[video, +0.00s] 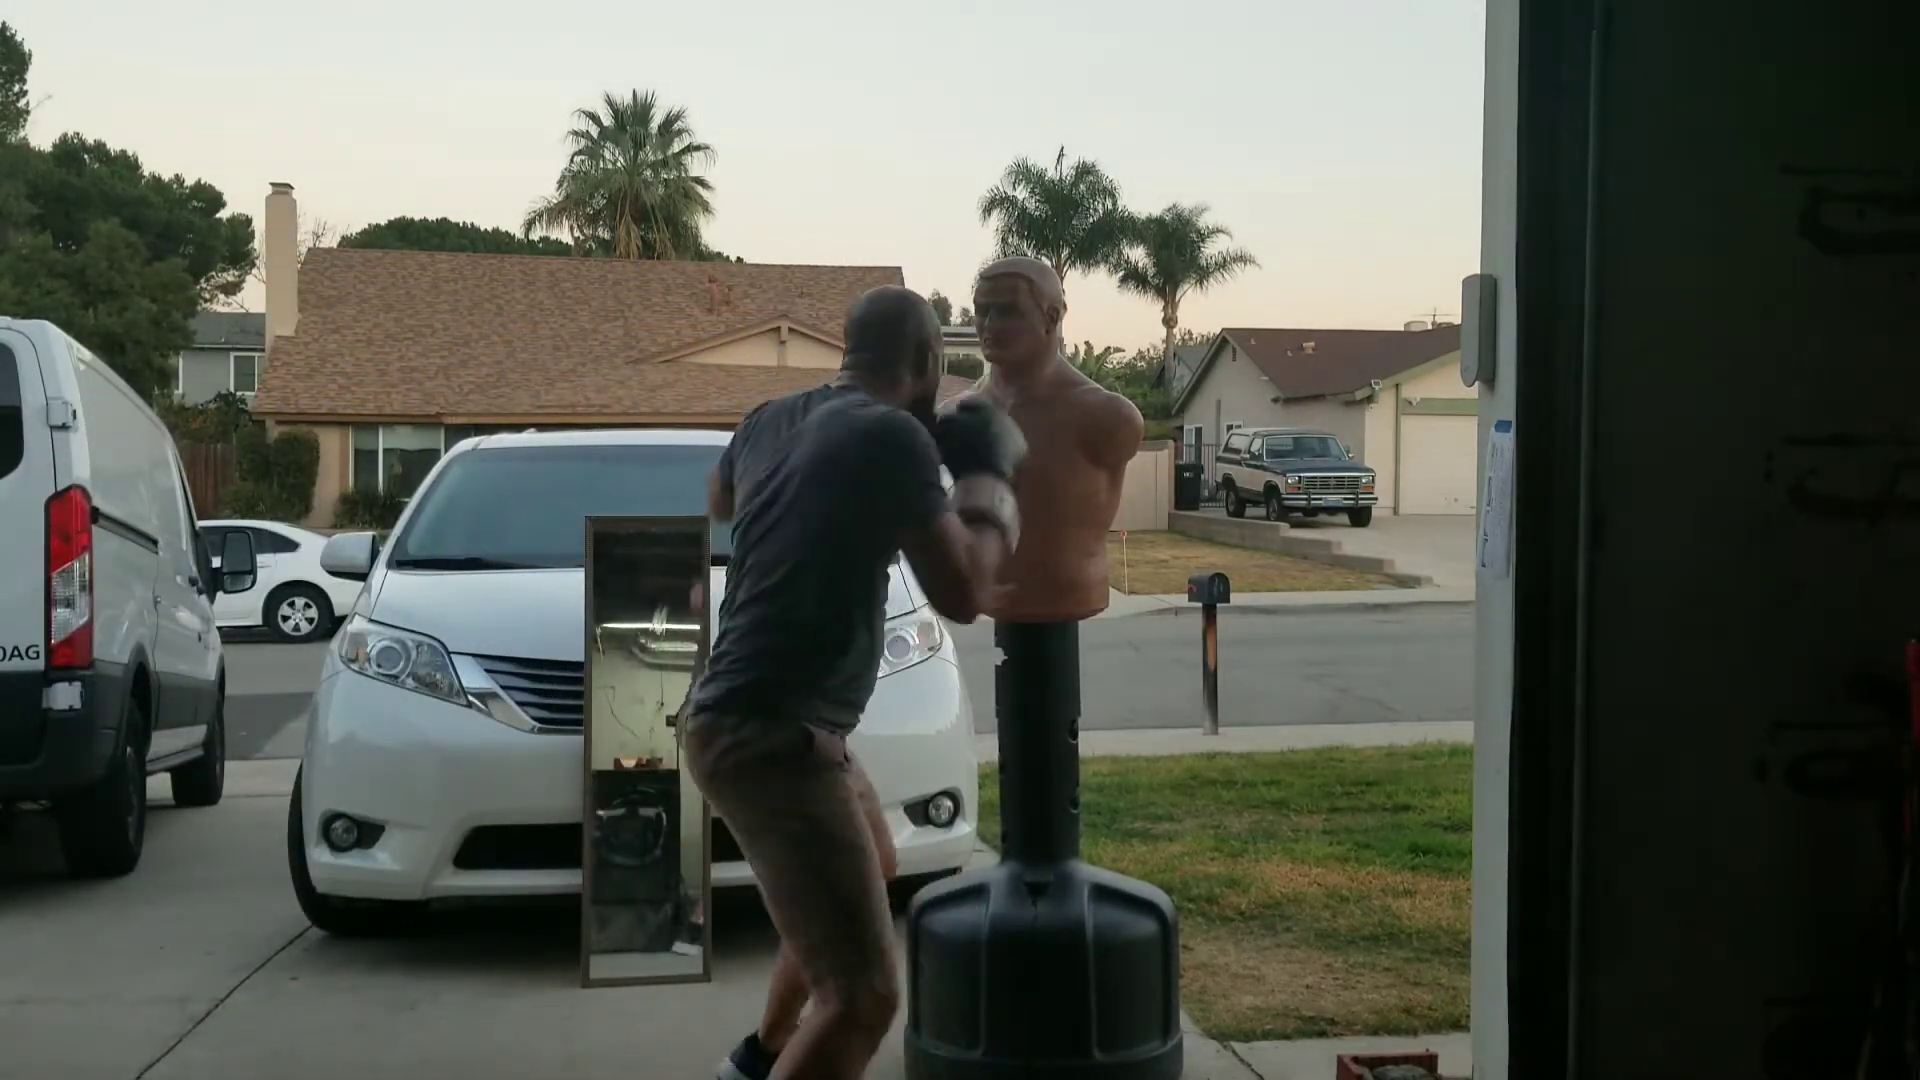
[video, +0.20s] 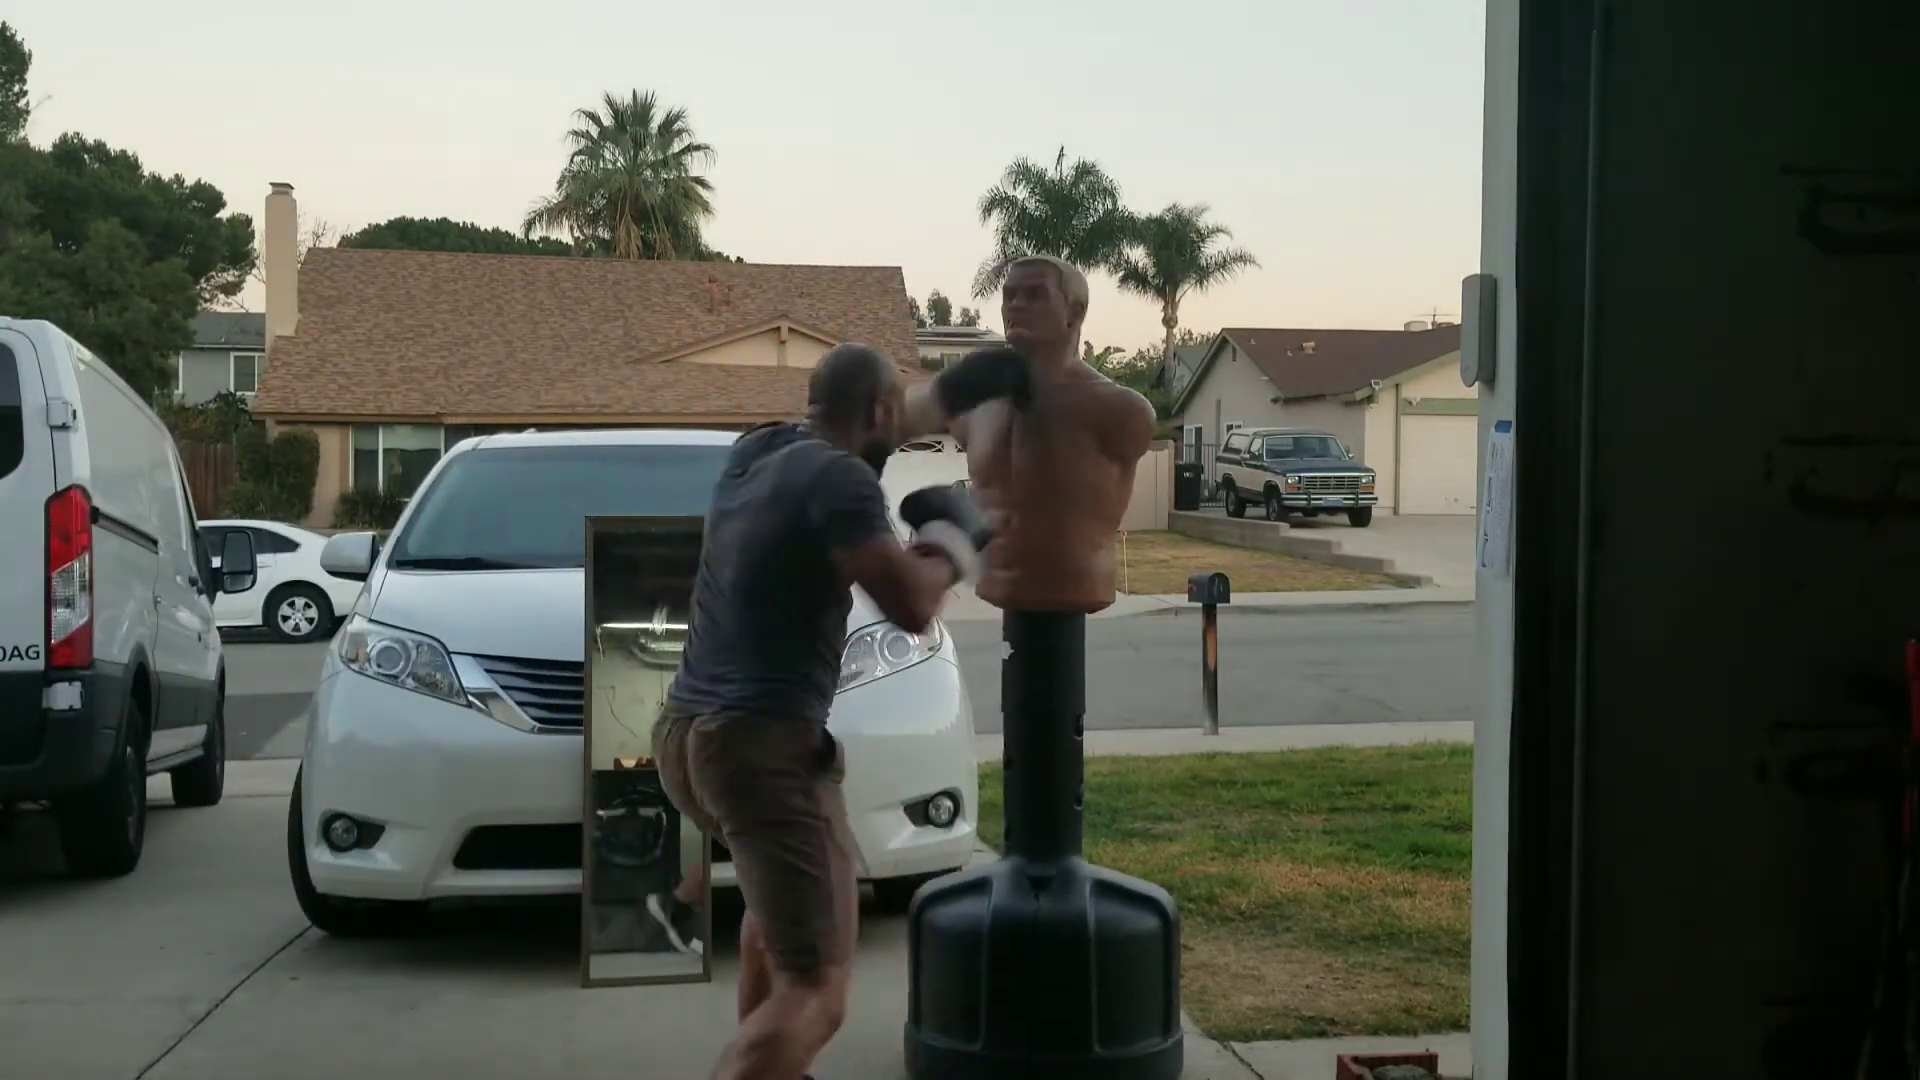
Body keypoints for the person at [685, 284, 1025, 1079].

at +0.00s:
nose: (938, 383)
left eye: (936, 369)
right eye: (937, 368)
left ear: (848, 356)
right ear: (920, 365)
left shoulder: (771, 419)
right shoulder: (892, 436)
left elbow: (722, 501)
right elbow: (963, 593)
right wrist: (990, 473)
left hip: (744, 715)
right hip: (772, 732)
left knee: (870, 853)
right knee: (863, 995)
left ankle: (768, 1053)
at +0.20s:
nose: (897, 423)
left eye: (898, 411)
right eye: (896, 411)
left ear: (812, 403)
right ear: (878, 412)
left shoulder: (752, 452)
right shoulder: (838, 478)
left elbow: (883, 426)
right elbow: (914, 603)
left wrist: (945, 395)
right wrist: (952, 532)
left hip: (688, 734)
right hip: (762, 743)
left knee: (776, 896)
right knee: (817, 996)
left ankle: (770, 1055)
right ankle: (741, 1068)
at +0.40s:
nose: (868, 443)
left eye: (869, 433)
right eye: (866, 432)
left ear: (781, 426)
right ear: (848, 427)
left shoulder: (688, 490)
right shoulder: (863, 483)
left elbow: (638, 633)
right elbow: (985, 574)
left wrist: (717, 588)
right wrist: (996, 526)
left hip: (655, 737)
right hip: (735, 743)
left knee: (791, 842)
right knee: (721, 1000)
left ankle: (744, 1053)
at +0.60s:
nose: (845, 449)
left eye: (851, 435)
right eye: (835, 432)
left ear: (831, 437)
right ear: (794, 423)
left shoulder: (809, 497)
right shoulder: (722, 483)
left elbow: (913, 496)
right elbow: (825, 583)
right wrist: (873, 479)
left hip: (690, 726)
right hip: (614, 705)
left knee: (809, 857)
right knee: (611, 929)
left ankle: (752, 1058)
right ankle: (520, 1074)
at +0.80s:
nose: (734, 460)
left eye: (739, 441)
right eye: (725, 434)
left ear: (711, 428)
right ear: (682, 411)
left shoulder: (696, 486)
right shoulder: (581, 466)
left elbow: (797, 516)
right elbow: (669, 554)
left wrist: (892, 480)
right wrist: (725, 458)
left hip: (612, 734)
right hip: (515, 725)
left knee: (738, 850)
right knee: (464, 945)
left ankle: (742, 1060)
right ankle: (275, 1076)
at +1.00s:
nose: (535, 410)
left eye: (543, 397)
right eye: (534, 392)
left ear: (518, 391)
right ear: (501, 380)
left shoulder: (499, 456)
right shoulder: (387, 442)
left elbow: (585, 547)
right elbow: (476, 555)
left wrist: (600, 419)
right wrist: (542, 447)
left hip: (473, 722)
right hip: (372, 731)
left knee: (574, 881)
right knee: (332, 964)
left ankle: (681, 1047)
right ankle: (222, 1073)